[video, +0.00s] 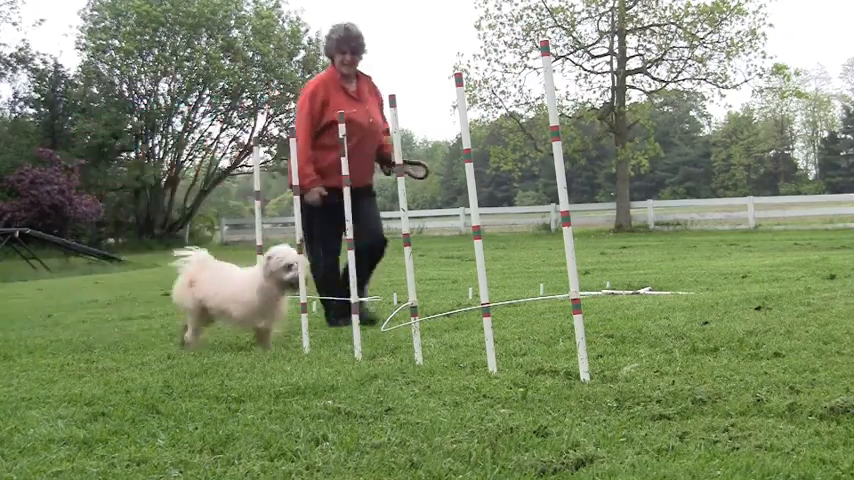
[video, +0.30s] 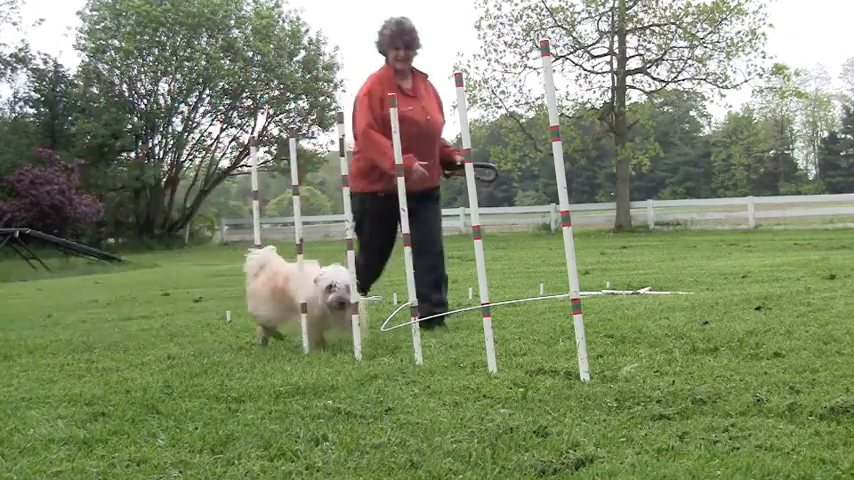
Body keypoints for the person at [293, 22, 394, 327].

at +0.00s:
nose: (348, 59)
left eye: (353, 53)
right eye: (341, 54)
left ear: (361, 54)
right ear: (331, 55)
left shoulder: (368, 87)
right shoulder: (316, 89)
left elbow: (378, 132)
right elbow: (301, 138)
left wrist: (389, 158)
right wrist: (308, 182)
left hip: (360, 186)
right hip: (323, 188)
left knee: (374, 243)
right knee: (325, 254)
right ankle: (336, 313)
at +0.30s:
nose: (402, 54)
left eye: (408, 49)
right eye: (396, 49)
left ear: (415, 50)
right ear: (384, 51)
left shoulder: (425, 87)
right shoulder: (373, 88)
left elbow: (429, 135)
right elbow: (365, 135)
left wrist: (450, 158)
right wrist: (401, 163)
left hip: (421, 185)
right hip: (377, 186)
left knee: (430, 250)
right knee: (375, 253)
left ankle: (432, 317)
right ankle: (350, 296)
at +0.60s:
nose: (455, 32)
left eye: (461, 26)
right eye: (448, 26)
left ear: (470, 27)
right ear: (437, 27)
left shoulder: (483, 65)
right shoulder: (423, 67)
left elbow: (499, 111)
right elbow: (408, 121)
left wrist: (512, 126)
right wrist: (407, 169)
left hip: (470, 168)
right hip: (433, 167)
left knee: (451, 240)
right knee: (458, 232)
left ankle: (433, 316)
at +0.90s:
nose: (499, 17)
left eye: (506, 9)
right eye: (492, 11)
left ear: (516, 10)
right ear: (481, 14)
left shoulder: (532, 50)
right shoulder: (470, 56)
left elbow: (552, 97)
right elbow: (455, 116)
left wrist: (560, 122)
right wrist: (450, 166)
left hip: (526, 168)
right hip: (486, 171)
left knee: (539, 238)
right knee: (503, 245)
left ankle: (494, 293)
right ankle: (512, 321)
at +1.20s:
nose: (551, 6)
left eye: (557, 0)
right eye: (543, 1)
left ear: (569, 3)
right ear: (533, 6)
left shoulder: (585, 42)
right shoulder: (520, 47)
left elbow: (603, 93)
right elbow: (507, 106)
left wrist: (617, 124)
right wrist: (519, 155)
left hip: (584, 160)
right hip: (532, 162)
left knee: (598, 237)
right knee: (520, 246)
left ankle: (615, 318)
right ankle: (517, 323)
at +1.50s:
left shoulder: (643, 20)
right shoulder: (565, 25)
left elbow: (666, 72)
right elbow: (544, 90)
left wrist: (674, 105)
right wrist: (542, 146)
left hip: (634, 149)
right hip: (584, 149)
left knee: (634, 234)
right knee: (602, 225)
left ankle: (630, 316)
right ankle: (594, 305)